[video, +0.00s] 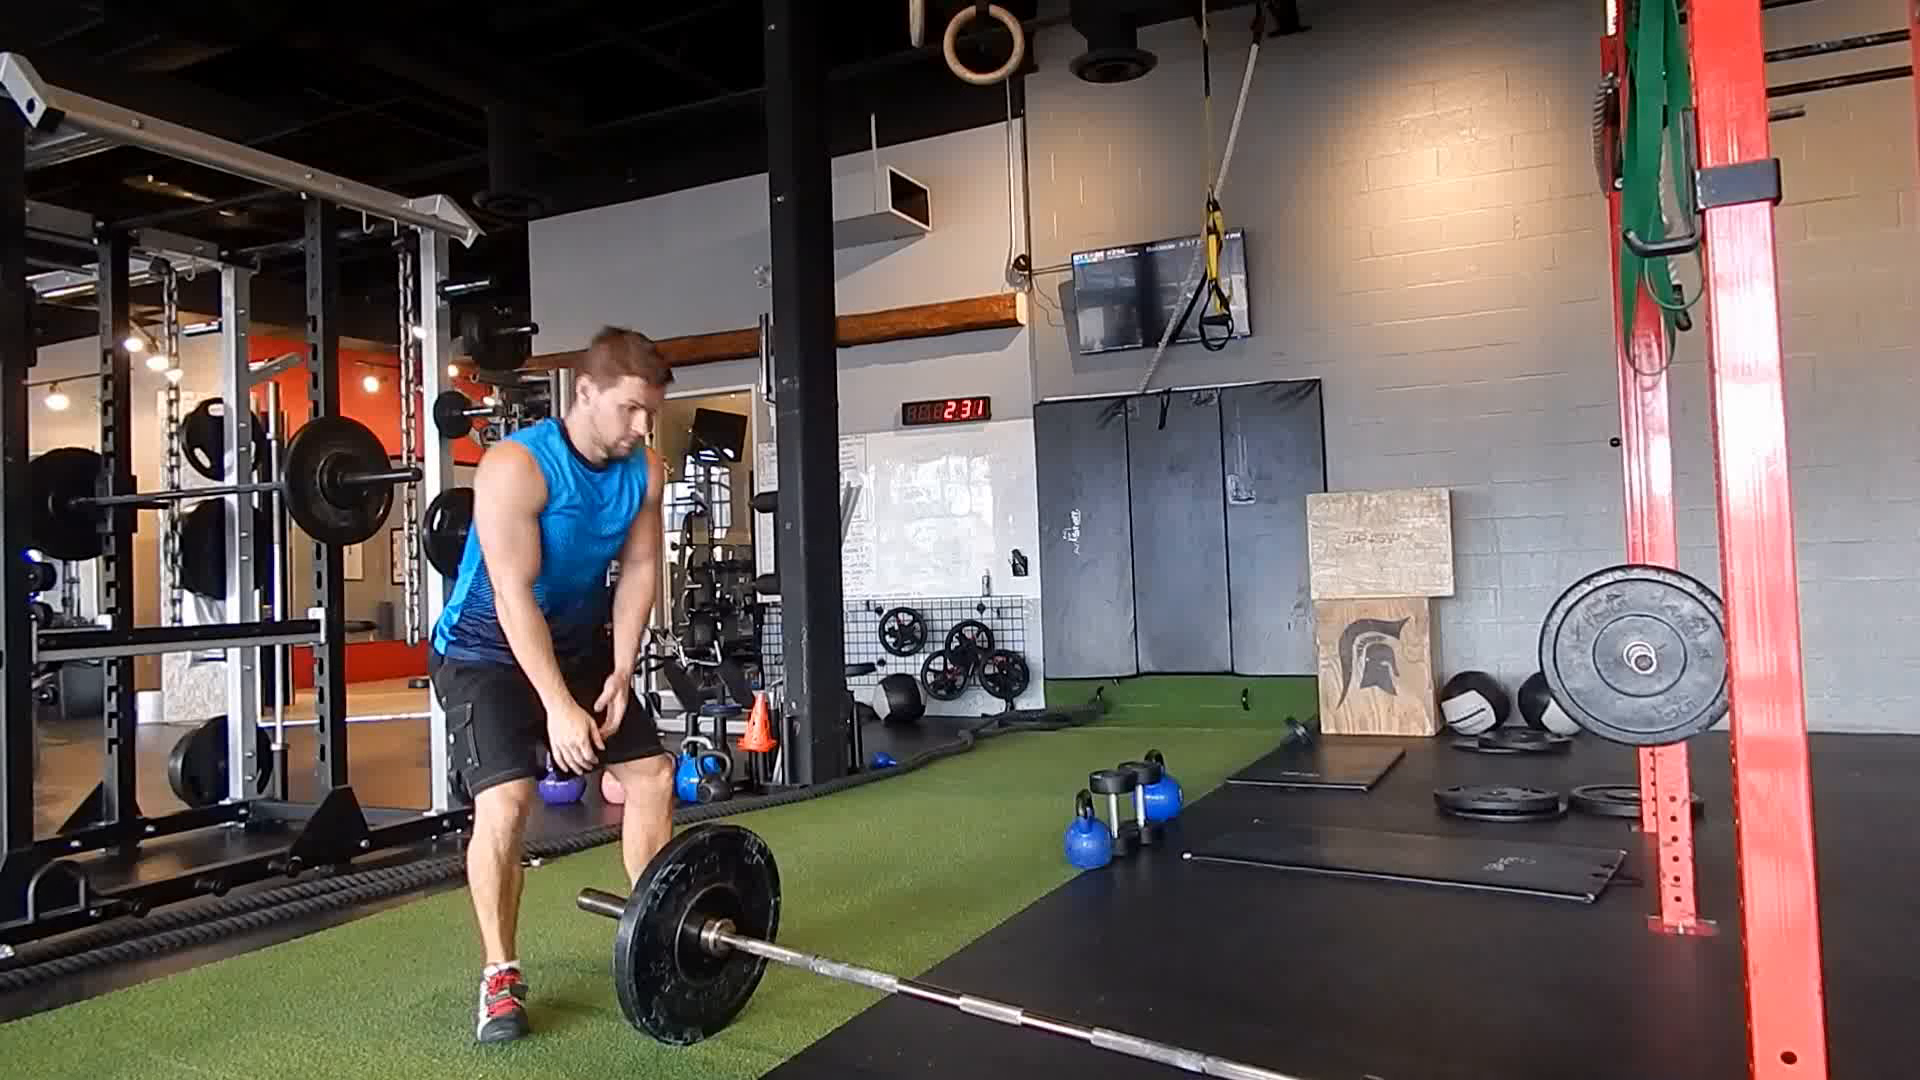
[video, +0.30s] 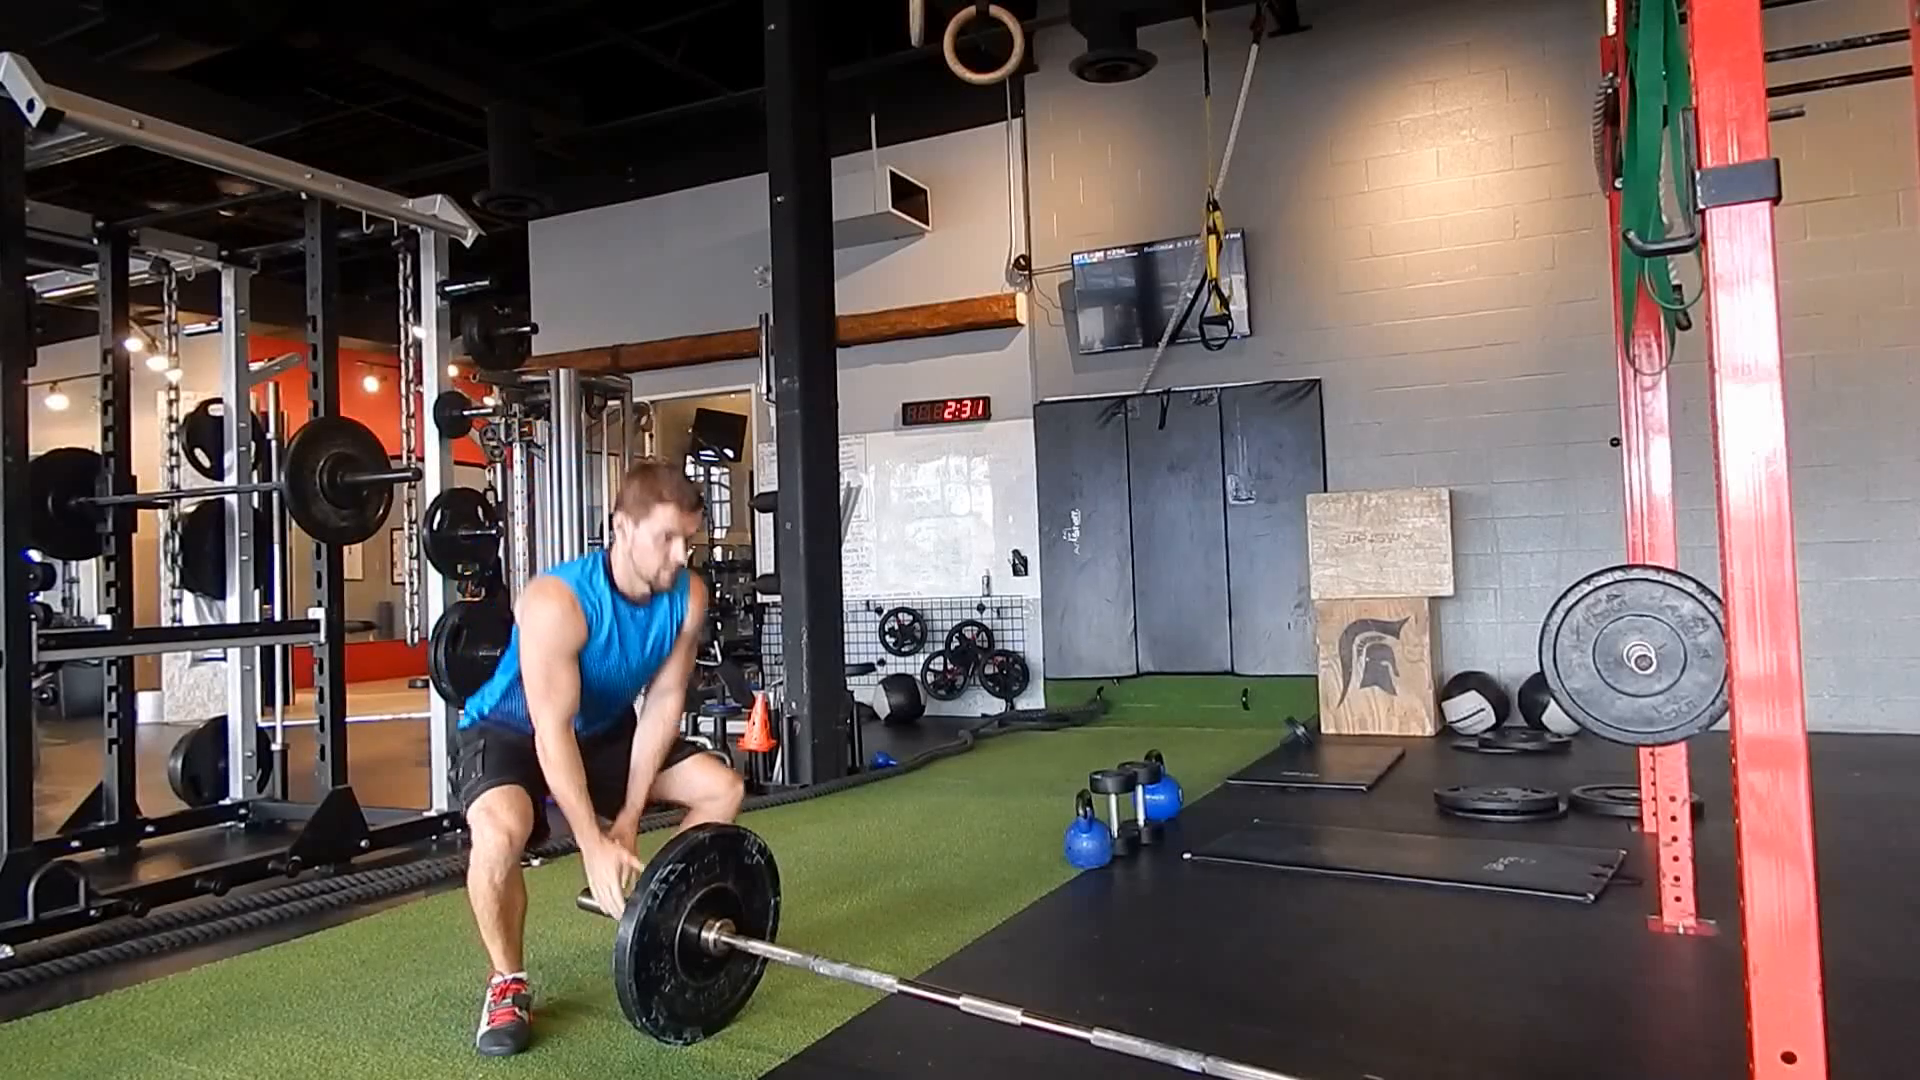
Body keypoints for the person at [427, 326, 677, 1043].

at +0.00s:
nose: (644, 426)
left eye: (651, 410)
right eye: (632, 409)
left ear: (654, 407)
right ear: (585, 394)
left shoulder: (641, 463)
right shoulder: (513, 467)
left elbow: (640, 566)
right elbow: (513, 594)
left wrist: (622, 669)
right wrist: (556, 702)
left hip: (579, 642)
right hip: (488, 650)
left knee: (652, 773)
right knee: (507, 795)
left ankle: (667, 945)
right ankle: (500, 971)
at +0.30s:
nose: (680, 555)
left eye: (689, 540)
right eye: (666, 538)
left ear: (696, 537)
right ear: (622, 528)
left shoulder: (688, 596)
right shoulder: (555, 602)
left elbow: (664, 705)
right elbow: (552, 730)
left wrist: (628, 818)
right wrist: (591, 845)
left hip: (605, 731)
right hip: (512, 735)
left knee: (723, 788)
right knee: (499, 832)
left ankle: (656, 903)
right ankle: (507, 981)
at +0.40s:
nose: (681, 594)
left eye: (689, 579)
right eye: (666, 577)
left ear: (695, 576)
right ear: (621, 570)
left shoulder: (693, 637)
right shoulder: (557, 644)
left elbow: (668, 744)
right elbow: (553, 773)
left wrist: (629, 856)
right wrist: (594, 881)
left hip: (610, 773)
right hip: (517, 772)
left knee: (735, 797)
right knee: (497, 849)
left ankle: (684, 914)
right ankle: (508, 983)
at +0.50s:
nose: (680, 617)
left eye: (687, 602)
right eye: (664, 602)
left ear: (693, 599)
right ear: (619, 599)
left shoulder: (696, 660)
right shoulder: (558, 672)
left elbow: (673, 766)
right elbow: (552, 799)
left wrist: (636, 872)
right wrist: (590, 906)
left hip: (617, 802)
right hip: (527, 804)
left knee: (742, 801)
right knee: (509, 856)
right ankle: (509, 983)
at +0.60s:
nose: (678, 626)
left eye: (685, 611)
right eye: (662, 612)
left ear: (692, 609)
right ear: (618, 609)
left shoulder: (697, 671)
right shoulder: (557, 684)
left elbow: (674, 779)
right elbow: (555, 806)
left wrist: (636, 878)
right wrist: (593, 910)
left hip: (621, 815)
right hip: (530, 817)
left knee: (744, 804)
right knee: (514, 859)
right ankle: (510, 983)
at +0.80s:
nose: (671, 620)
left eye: (678, 604)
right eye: (655, 605)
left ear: (686, 602)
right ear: (610, 606)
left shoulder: (693, 670)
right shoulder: (554, 683)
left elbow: (668, 777)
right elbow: (552, 804)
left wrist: (626, 875)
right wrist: (594, 905)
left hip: (629, 818)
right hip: (535, 820)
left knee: (746, 805)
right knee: (516, 862)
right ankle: (511, 983)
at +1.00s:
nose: (667, 579)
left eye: (674, 563)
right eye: (649, 564)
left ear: (682, 564)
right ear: (604, 569)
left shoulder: (687, 635)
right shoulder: (549, 649)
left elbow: (669, 744)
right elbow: (550, 770)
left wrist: (628, 835)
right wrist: (599, 859)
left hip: (625, 781)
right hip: (527, 786)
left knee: (745, 803)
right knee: (513, 853)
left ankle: (659, 945)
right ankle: (509, 985)